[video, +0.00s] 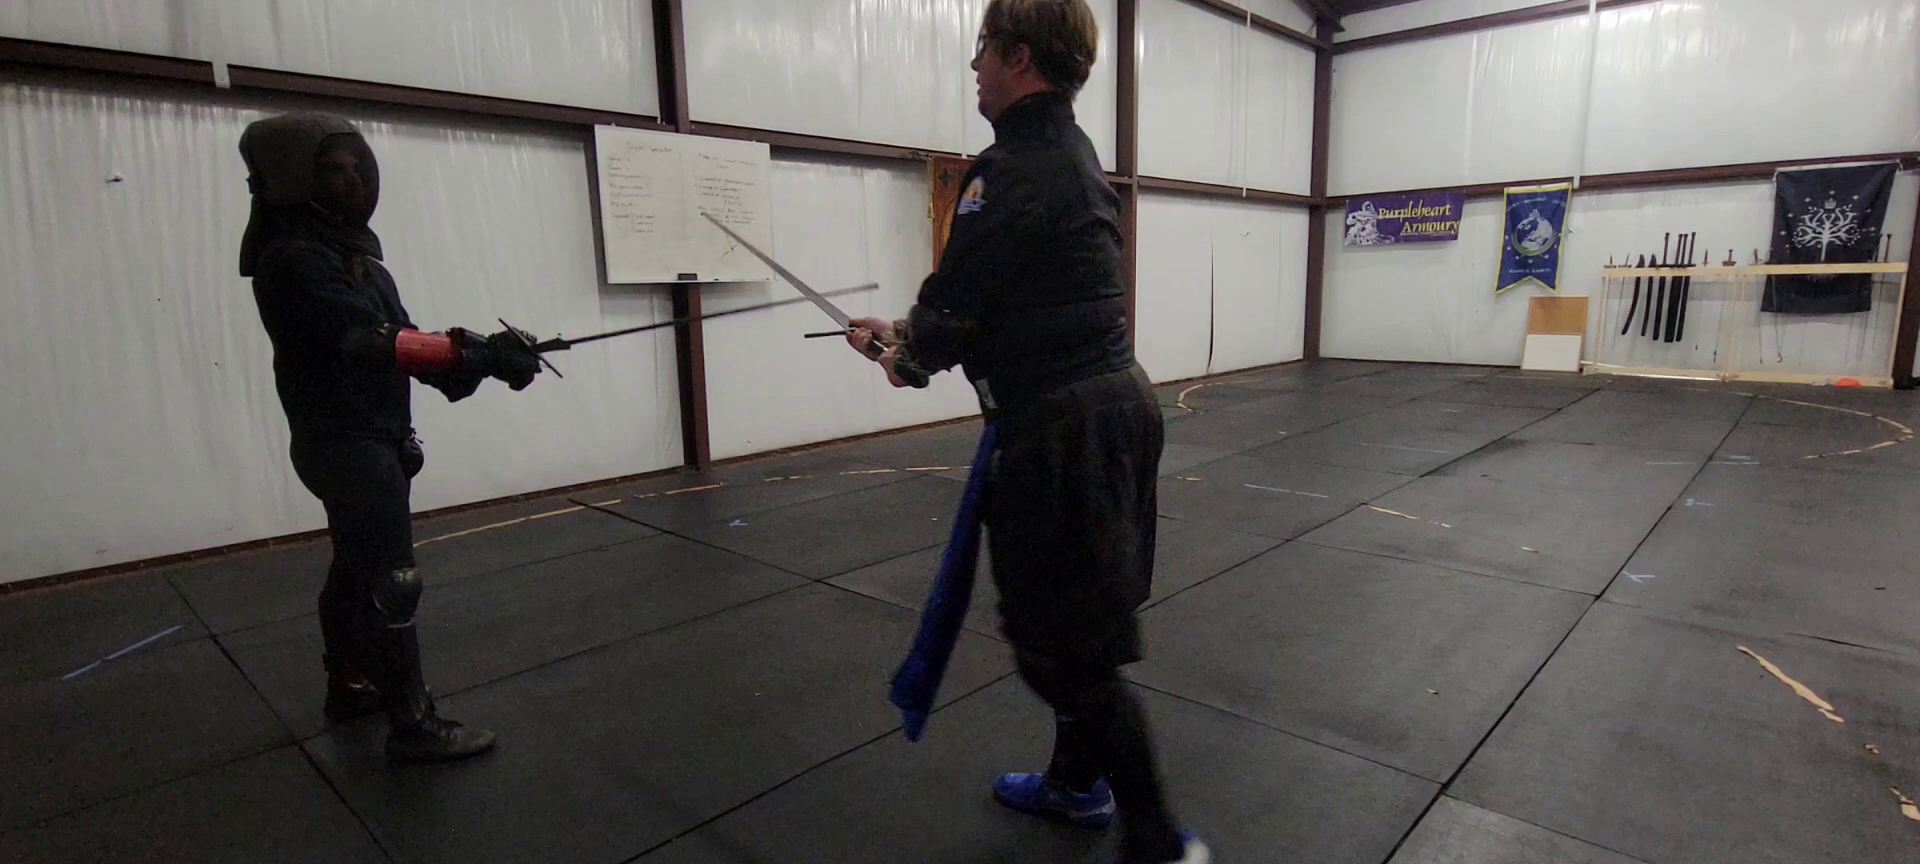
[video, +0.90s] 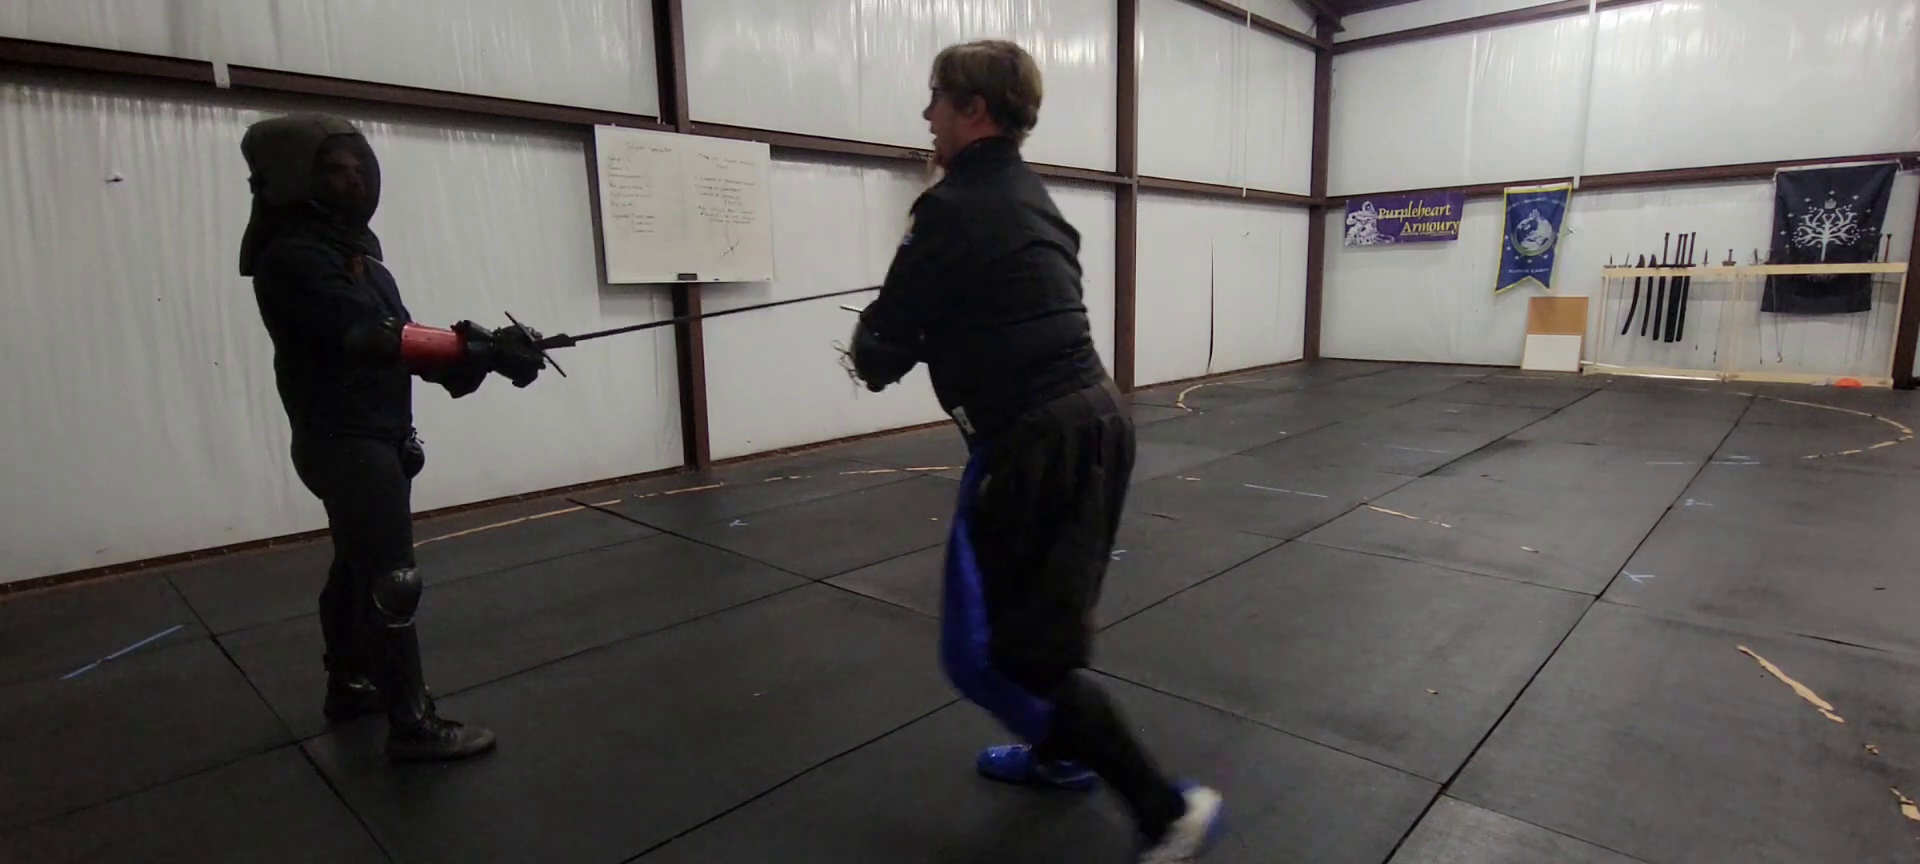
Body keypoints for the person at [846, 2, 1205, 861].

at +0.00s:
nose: (974, 68)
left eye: (986, 54)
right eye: (979, 52)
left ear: (1024, 65)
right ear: (1044, 69)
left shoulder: (1010, 170)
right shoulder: (1072, 153)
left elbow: (956, 306)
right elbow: (1003, 291)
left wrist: (912, 356)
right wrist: (906, 331)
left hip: (1062, 423)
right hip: (1119, 402)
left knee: (1068, 634)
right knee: (1077, 603)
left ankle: (1157, 840)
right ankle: (1075, 785)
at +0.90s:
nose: (927, 112)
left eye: (938, 98)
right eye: (932, 98)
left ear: (977, 111)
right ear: (998, 117)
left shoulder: (951, 213)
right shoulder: (1036, 195)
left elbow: (880, 353)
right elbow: (1018, 301)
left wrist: (871, 349)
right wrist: (924, 326)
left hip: (1027, 444)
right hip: (1098, 420)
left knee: (978, 658)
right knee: (1047, 604)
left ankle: (1166, 809)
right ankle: (1058, 753)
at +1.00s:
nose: (895, 120)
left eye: (904, 107)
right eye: (899, 105)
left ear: (941, 119)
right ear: (969, 124)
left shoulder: (925, 216)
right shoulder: (998, 200)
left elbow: (855, 364)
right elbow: (991, 308)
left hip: (1003, 450)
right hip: (1070, 425)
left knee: (904, 621)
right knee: (998, 601)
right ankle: (1060, 752)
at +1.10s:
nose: (860, 117)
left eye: (872, 103)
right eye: (866, 102)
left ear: (908, 118)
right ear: (929, 123)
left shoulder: (895, 217)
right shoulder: (962, 199)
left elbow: (825, 352)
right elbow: (916, 319)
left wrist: (782, 352)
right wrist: (818, 317)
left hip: (965, 458)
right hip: (1035, 436)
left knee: (839, 605)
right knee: (980, 603)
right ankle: (1059, 752)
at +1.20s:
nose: (817, 123)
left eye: (826, 111)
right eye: (821, 109)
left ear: (865, 122)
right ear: (883, 123)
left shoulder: (845, 215)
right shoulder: (915, 199)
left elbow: (738, 306)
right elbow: (795, 277)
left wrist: (675, 286)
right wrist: (700, 275)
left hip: (904, 470)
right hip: (989, 444)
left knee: (786, 636)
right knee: (965, 608)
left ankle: (688, 848)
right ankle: (1059, 751)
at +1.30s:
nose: (756, 132)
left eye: (764, 119)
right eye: (760, 118)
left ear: (791, 126)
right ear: (837, 129)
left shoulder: (774, 217)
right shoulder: (848, 197)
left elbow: (676, 270)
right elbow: (722, 225)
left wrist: (615, 257)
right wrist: (619, 230)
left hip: (835, 482)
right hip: (925, 460)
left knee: (702, 655)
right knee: (950, 626)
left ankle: (652, 847)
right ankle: (1052, 754)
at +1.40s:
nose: (688, 135)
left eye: (691, 122)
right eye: (691, 121)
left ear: (709, 125)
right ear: (775, 124)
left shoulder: (689, 216)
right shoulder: (800, 204)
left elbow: (597, 279)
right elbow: (696, 259)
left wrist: (566, 252)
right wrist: (592, 246)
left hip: (766, 481)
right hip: (879, 461)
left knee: (634, 662)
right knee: (922, 625)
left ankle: (640, 848)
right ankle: (1023, 751)